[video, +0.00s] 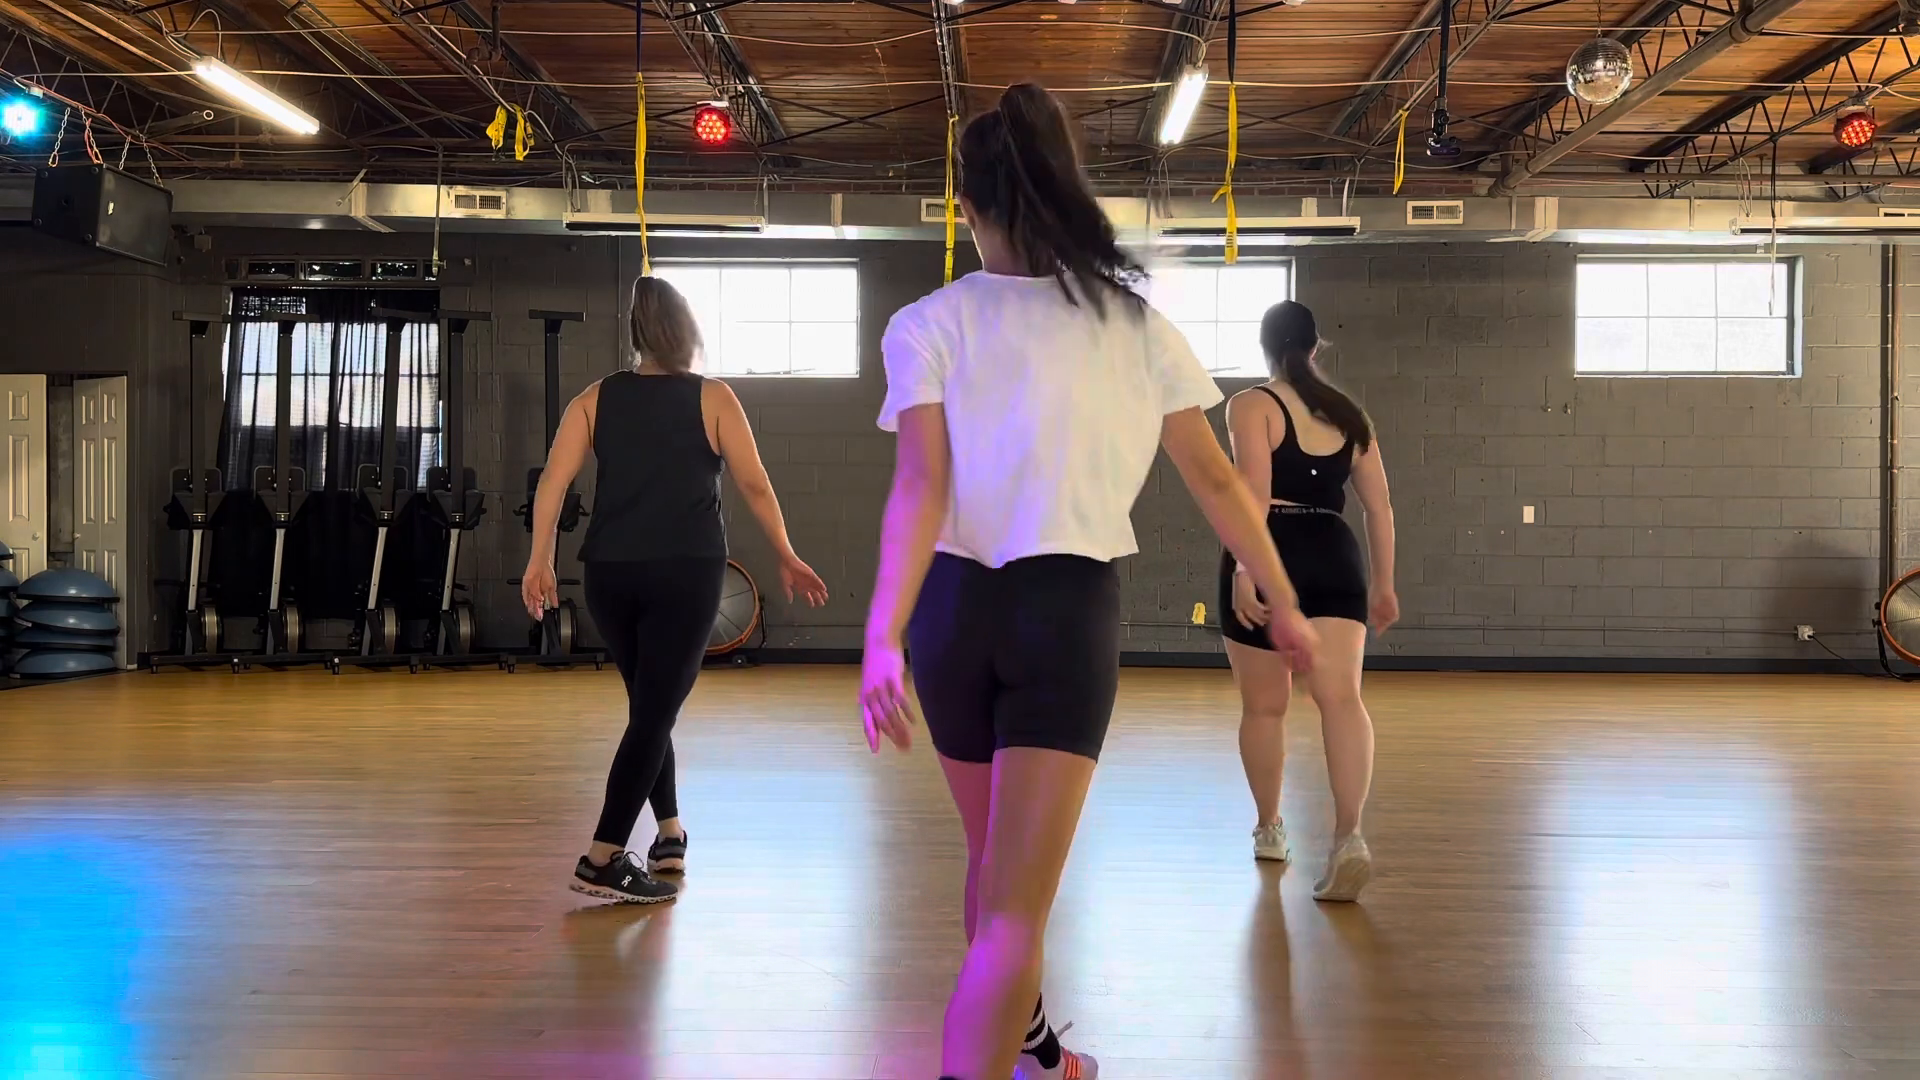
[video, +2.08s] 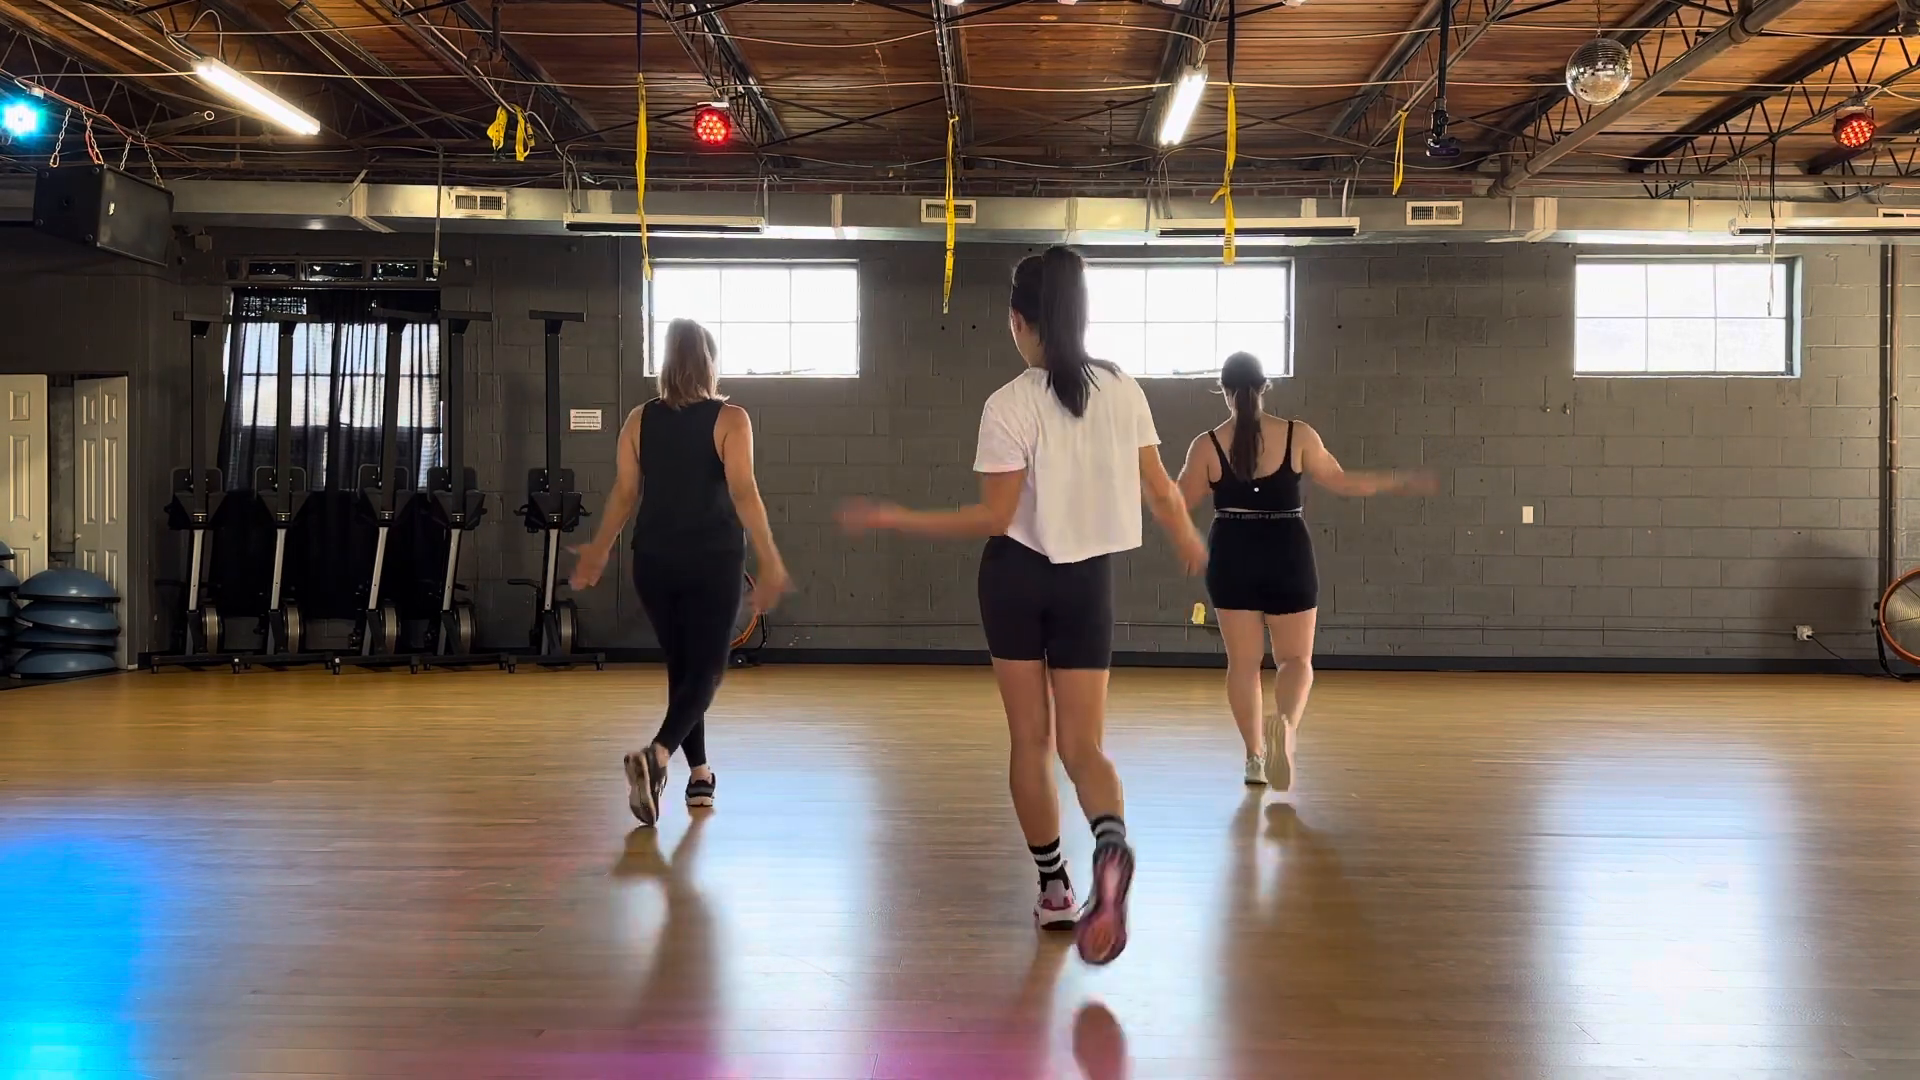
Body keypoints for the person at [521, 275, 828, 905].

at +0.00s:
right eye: (688, 323)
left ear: (633, 334)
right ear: (689, 330)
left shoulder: (594, 399)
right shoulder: (713, 397)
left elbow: (554, 479)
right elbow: (756, 485)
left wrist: (539, 557)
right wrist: (787, 554)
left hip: (607, 572)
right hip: (686, 572)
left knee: (650, 706)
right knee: (652, 716)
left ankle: (671, 832)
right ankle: (601, 856)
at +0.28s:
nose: (673, 321)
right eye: (671, 310)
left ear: (615, 324)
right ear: (672, 318)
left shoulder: (590, 388)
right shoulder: (709, 381)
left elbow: (532, 455)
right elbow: (750, 465)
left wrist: (531, 533)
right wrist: (765, 540)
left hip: (619, 561)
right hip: (698, 559)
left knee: (640, 694)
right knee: (698, 694)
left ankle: (664, 825)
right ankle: (651, 802)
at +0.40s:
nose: (665, 330)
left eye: (617, 325)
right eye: (666, 321)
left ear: (611, 332)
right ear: (668, 327)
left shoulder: (587, 405)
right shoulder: (709, 392)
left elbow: (561, 493)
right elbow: (740, 476)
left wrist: (529, 569)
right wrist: (754, 552)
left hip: (620, 570)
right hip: (699, 563)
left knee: (646, 700)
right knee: (714, 677)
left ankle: (668, 829)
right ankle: (687, 723)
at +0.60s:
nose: (670, 333)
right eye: (670, 325)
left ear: (612, 333)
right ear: (669, 330)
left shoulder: (584, 410)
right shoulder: (705, 392)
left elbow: (590, 502)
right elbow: (734, 472)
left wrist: (620, 540)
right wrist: (735, 550)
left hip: (623, 564)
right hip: (695, 557)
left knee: (645, 696)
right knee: (688, 644)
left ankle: (667, 825)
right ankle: (697, 726)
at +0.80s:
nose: (674, 337)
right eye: (673, 328)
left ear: (619, 336)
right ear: (673, 334)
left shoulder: (584, 409)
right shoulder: (702, 397)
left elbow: (590, 498)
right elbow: (723, 477)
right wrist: (728, 554)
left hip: (620, 567)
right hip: (692, 563)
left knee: (642, 695)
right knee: (672, 680)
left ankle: (669, 822)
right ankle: (643, 792)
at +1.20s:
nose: (687, 354)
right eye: (689, 345)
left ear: (635, 345)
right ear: (685, 350)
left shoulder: (593, 405)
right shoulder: (702, 415)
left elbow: (577, 491)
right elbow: (707, 497)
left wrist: (573, 558)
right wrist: (707, 575)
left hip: (605, 570)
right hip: (672, 572)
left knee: (608, 684)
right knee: (654, 687)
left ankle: (632, 761)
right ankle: (623, 804)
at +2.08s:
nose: (706, 364)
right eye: (708, 355)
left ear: (666, 362)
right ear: (711, 362)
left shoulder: (639, 419)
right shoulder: (730, 417)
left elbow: (625, 491)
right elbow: (743, 490)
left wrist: (598, 548)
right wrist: (770, 560)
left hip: (653, 559)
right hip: (712, 559)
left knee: (681, 665)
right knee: (705, 671)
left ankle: (698, 771)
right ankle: (656, 755)